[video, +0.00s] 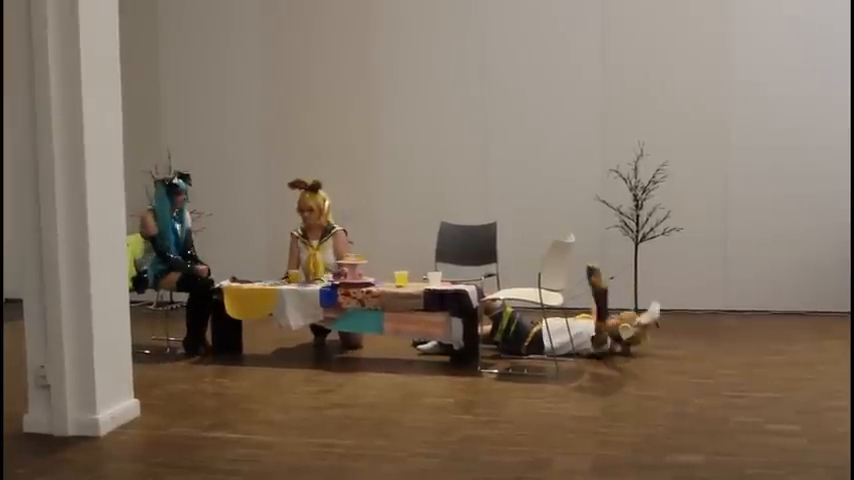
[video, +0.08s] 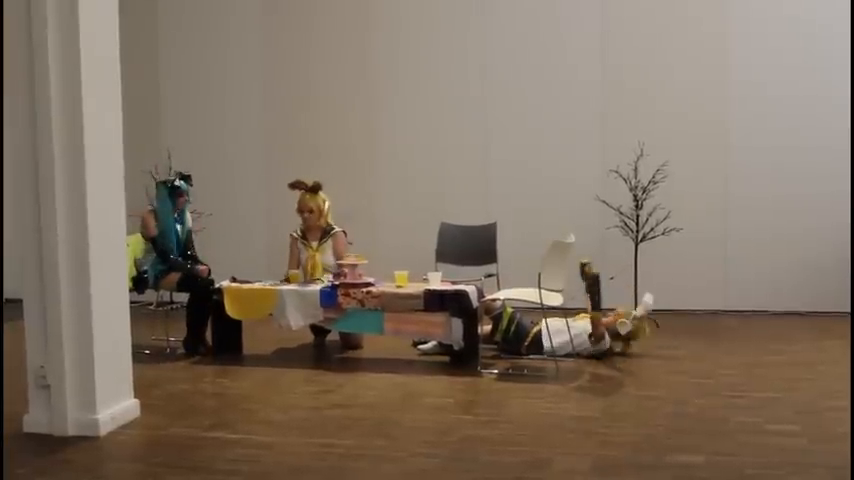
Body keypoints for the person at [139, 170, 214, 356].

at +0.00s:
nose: (183, 199)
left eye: (184, 195)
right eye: (179, 194)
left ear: (184, 196)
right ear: (168, 195)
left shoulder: (182, 215)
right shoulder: (151, 217)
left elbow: (188, 250)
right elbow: (162, 254)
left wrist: (199, 265)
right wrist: (191, 269)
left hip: (178, 266)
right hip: (157, 270)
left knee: (206, 284)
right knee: (199, 285)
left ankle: (199, 337)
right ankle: (192, 340)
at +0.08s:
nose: (184, 201)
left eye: (185, 197)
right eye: (180, 197)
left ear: (185, 198)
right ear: (169, 197)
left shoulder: (183, 216)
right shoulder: (151, 217)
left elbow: (188, 250)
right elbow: (163, 255)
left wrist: (200, 265)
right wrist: (191, 269)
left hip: (178, 267)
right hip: (157, 271)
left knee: (207, 283)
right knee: (199, 285)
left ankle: (199, 337)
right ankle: (192, 340)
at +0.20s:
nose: (185, 201)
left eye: (187, 197)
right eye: (181, 197)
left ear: (187, 199)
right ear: (170, 198)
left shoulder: (184, 217)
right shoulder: (152, 218)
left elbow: (189, 251)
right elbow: (164, 256)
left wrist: (201, 265)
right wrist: (193, 269)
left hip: (179, 267)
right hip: (159, 271)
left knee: (207, 283)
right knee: (200, 284)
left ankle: (200, 338)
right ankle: (193, 340)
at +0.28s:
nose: (186, 202)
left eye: (187, 198)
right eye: (182, 199)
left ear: (188, 200)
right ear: (172, 198)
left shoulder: (184, 218)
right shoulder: (153, 218)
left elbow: (190, 252)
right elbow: (165, 257)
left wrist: (201, 265)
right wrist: (193, 269)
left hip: (179, 267)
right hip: (158, 271)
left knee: (207, 284)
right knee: (200, 285)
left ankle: (200, 338)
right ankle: (193, 340)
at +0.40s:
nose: (187, 204)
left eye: (188, 200)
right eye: (183, 200)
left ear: (189, 201)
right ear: (172, 199)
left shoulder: (186, 219)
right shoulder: (154, 219)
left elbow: (191, 253)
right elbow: (165, 258)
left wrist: (201, 266)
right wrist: (193, 270)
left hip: (181, 268)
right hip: (160, 272)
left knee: (207, 284)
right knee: (200, 285)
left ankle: (200, 339)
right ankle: (193, 341)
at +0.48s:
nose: (187, 203)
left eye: (188, 199)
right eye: (183, 199)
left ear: (189, 200)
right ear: (172, 198)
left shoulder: (186, 219)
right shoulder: (153, 219)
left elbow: (193, 253)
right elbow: (164, 258)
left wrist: (200, 267)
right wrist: (192, 271)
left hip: (182, 268)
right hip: (160, 272)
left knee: (207, 285)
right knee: (199, 285)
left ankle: (199, 339)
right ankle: (192, 341)